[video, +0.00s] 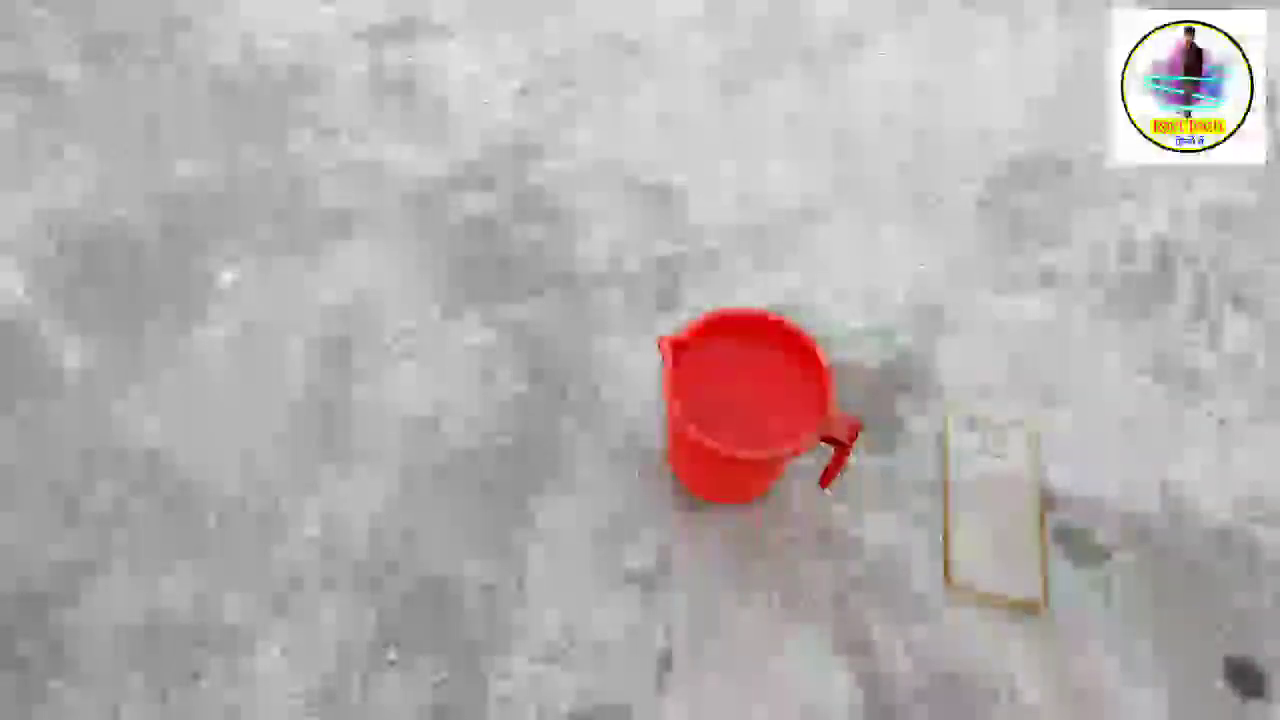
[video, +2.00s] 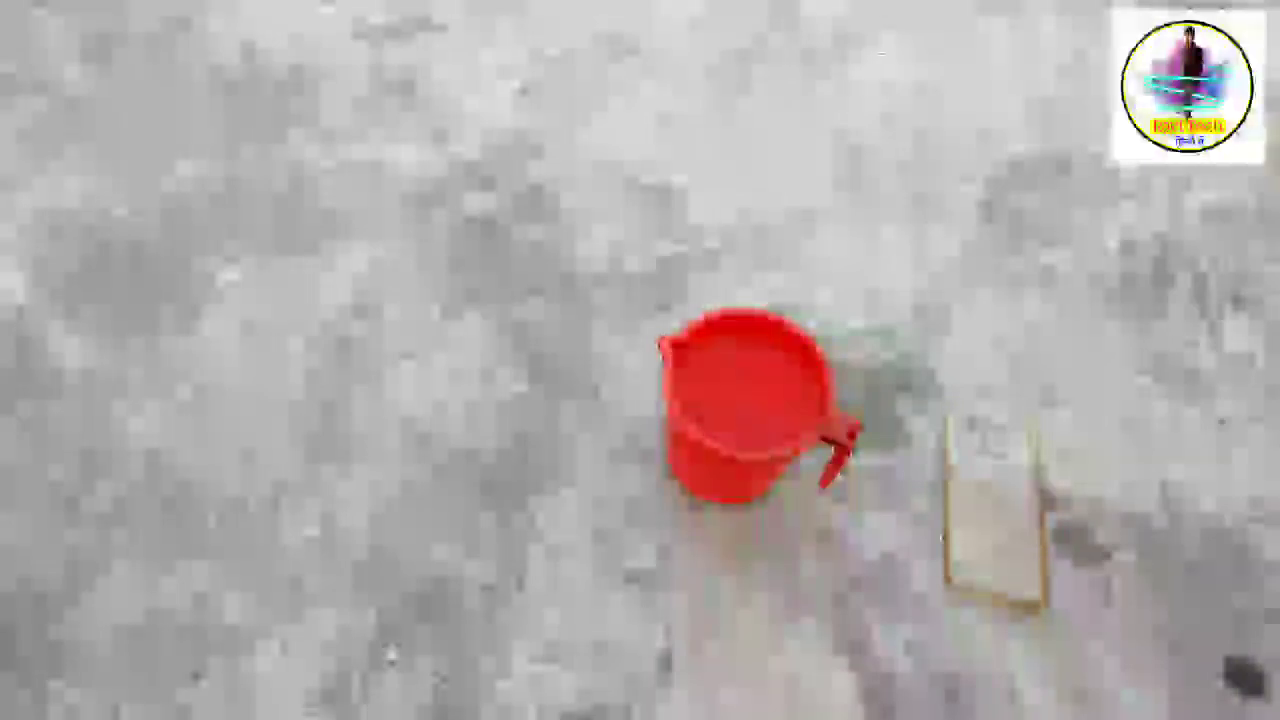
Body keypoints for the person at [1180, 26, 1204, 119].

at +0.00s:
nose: (1188, 38)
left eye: (1190, 35)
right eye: (1187, 35)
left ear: (1193, 36)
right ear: (1184, 36)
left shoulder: (1197, 50)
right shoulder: (1181, 49)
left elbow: (1199, 66)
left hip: (1193, 76)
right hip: (1182, 75)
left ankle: (1188, 113)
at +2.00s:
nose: (1189, 38)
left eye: (1191, 35)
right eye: (1187, 35)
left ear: (1194, 36)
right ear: (1184, 36)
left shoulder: (1198, 50)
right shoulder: (1182, 50)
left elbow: (1200, 64)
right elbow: (1177, 62)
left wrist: (1198, 74)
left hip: (1194, 75)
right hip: (1184, 74)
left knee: (1191, 93)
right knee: (1185, 93)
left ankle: (1189, 111)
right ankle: (1186, 111)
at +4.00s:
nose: (1188, 38)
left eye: (1190, 36)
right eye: (1187, 35)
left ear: (1193, 36)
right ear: (1184, 36)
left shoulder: (1197, 49)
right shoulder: (1181, 49)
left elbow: (1199, 63)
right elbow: (1175, 61)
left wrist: (1197, 73)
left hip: (1193, 74)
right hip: (1183, 73)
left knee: (1191, 92)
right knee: (1185, 92)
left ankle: (1189, 111)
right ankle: (1186, 111)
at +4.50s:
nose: (1187, 38)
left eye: (1190, 35)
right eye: (1186, 35)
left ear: (1193, 36)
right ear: (1184, 36)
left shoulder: (1197, 50)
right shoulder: (1181, 49)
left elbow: (1198, 67)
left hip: (1192, 78)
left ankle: (1188, 114)